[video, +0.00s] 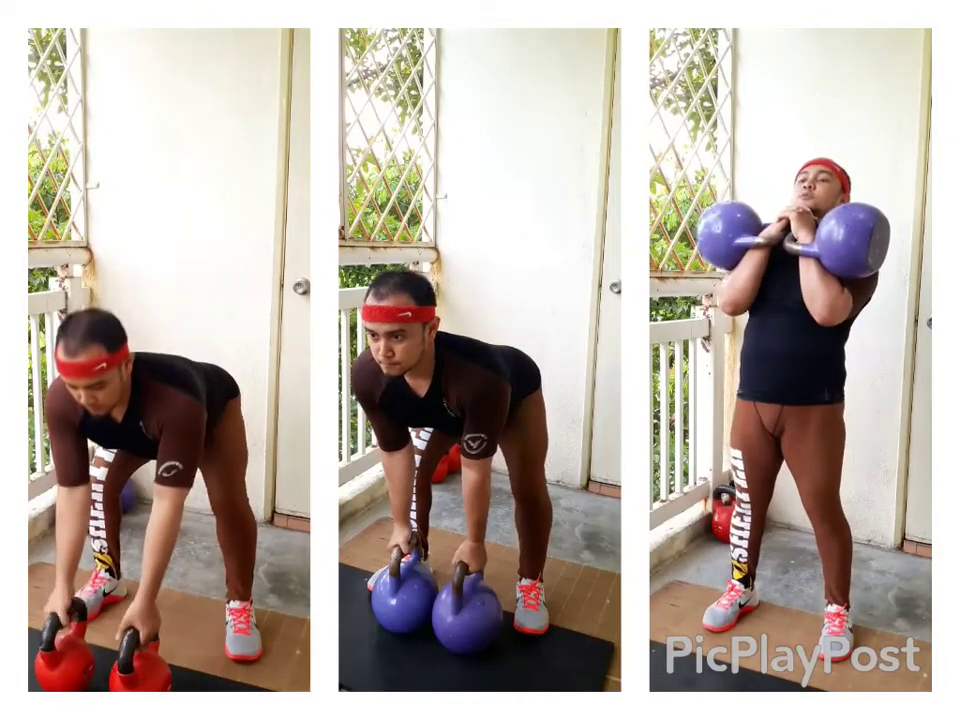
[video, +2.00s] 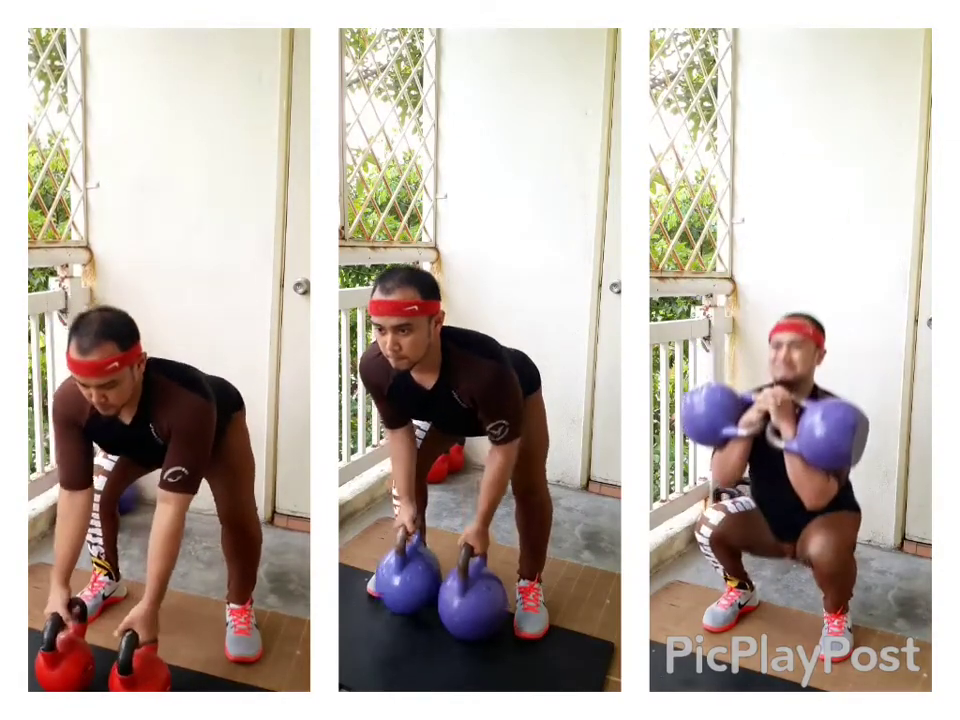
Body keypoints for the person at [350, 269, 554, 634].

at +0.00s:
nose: (383, 350)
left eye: (398, 337)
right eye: (373, 336)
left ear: (431, 330)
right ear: (365, 332)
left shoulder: (479, 381)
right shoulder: (368, 375)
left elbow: (475, 470)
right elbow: (395, 452)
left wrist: (475, 541)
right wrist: (400, 525)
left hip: (510, 388)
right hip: (449, 400)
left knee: (528, 488)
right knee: (418, 469)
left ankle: (530, 582)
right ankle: (414, 552)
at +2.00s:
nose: (390, 345)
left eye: (404, 330)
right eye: (380, 330)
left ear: (436, 322)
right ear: (372, 326)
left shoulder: (485, 371)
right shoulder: (375, 368)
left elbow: (504, 447)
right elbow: (399, 432)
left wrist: (481, 523)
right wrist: (404, 500)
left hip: (512, 397)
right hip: (448, 406)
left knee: (529, 489)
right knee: (410, 473)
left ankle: (529, 584)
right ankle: (406, 561)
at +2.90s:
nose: (393, 319)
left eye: (406, 305)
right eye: (383, 306)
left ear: (439, 297)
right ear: (376, 301)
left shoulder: (488, 334)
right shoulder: (378, 338)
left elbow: (537, 383)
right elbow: (395, 377)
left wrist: (494, 449)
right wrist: (406, 434)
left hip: (514, 401)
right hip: (453, 404)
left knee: (535, 486)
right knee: (409, 468)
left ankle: (531, 581)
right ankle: (414, 553)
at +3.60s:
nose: (390, 359)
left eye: (404, 345)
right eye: (380, 345)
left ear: (435, 336)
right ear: (372, 341)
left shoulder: (485, 374)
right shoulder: (376, 375)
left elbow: (504, 456)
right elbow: (398, 443)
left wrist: (481, 532)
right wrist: (409, 511)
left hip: (515, 393)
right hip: (446, 402)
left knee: (532, 486)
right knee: (413, 470)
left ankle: (530, 584)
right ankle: (409, 563)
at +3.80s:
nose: (391, 360)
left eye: (404, 347)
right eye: (381, 346)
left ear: (437, 338)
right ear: (373, 343)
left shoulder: (486, 376)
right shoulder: (376, 375)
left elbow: (496, 461)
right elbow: (399, 445)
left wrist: (480, 531)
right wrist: (411, 512)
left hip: (516, 392)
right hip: (448, 400)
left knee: (532, 487)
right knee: (415, 469)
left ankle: (530, 584)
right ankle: (411, 562)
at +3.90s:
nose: (393, 360)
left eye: (406, 347)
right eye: (383, 346)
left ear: (438, 338)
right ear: (374, 343)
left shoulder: (487, 380)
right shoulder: (376, 375)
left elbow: (492, 463)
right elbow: (396, 447)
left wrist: (479, 533)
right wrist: (410, 515)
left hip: (516, 390)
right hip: (449, 399)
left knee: (532, 486)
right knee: (415, 470)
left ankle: (531, 583)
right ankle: (410, 563)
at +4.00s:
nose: (392, 361)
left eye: (405, 348)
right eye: (382, 347)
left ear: (437, 338)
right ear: (374, 343)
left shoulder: (487, 380)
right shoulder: (376, 375)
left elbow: (491, 463)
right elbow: (399, 447)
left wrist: (479, 533)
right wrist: (410, 514)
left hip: (516, 390)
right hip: (449, 399)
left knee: (531, 486)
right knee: (416, 468)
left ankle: (531, 583)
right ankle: (410, 562)